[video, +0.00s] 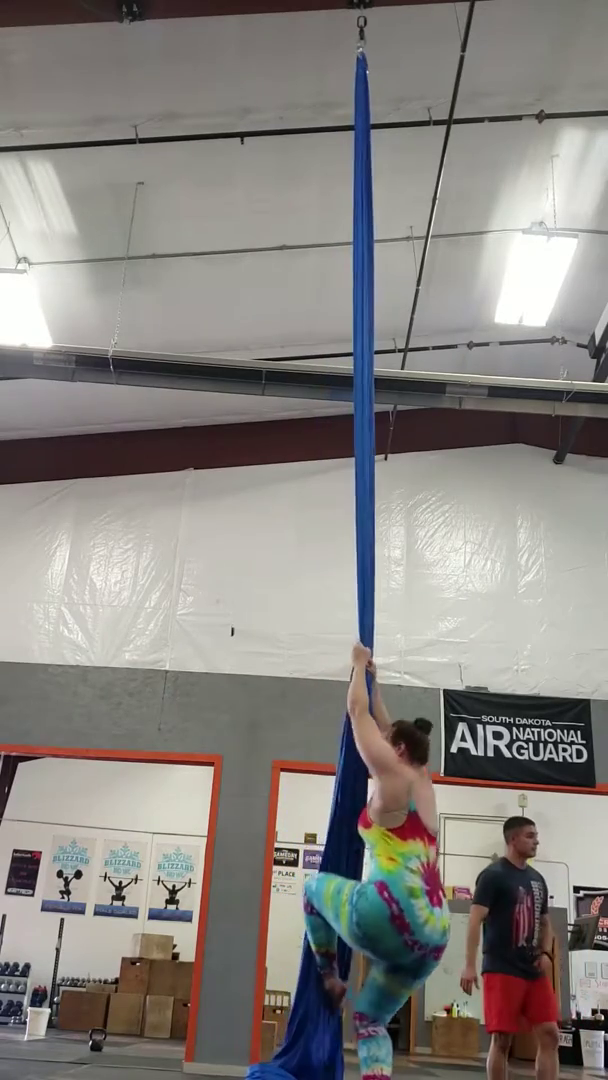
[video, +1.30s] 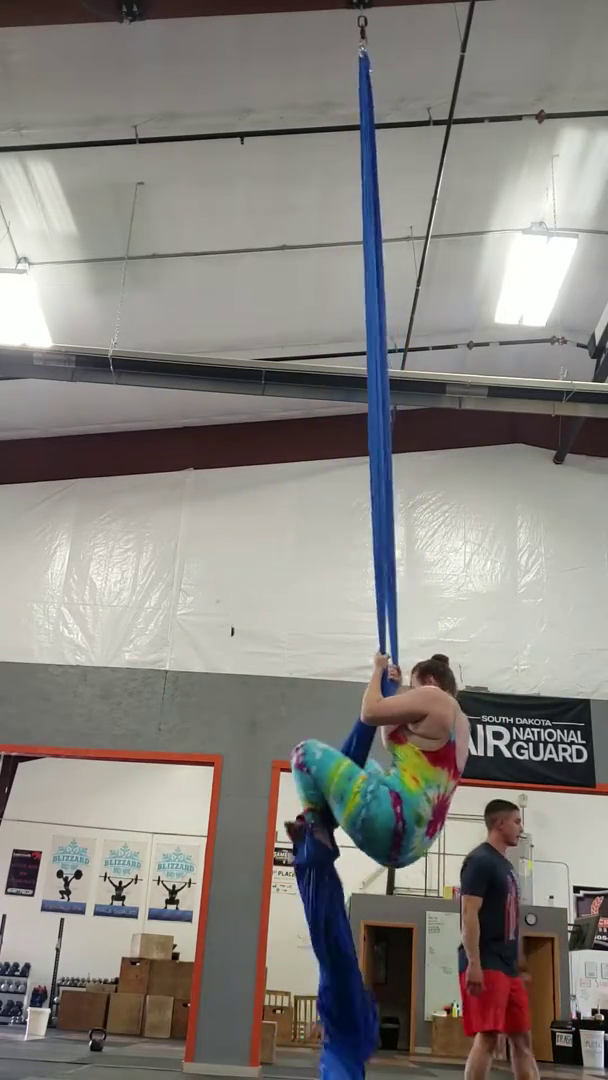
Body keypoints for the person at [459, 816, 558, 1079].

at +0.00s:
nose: (536, 840)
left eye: (536, 836)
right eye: (530, 836)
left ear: (530, 840)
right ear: (511, 839)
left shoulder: (537, 879)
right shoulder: (492, 875)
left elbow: (545, 921)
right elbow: (474, 920)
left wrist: (545, 952)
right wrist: (469, 966)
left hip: (534, 969)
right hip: (501, 969)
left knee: (549, 1036)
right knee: (501, 1041)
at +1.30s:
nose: (521, 828)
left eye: (520, 822)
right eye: (516, 821)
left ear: (499, 824)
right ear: (498, 823)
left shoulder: (504, 864)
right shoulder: (480, 860)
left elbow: (509, 918)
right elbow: (469, 913)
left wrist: (517, 964)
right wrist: (474, 963)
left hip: (509, 968)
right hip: (487, 967)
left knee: (522, 1040)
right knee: (487, 1040)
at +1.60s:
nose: (497, 825)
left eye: (496, 819)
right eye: (493, 819)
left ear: (475, 821)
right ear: (476, 820)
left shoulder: (467, 854)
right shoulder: (466, 857)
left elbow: (471, 912)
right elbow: (468, 912)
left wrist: (486, 961)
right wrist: (483, 961)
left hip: (471, 961)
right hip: (468, 961)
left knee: (478, 1038)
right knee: (474, 1039)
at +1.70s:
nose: (488, 823)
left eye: (487, 818)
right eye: (484, 817)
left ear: (464, 820)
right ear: (467, 819)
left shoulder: (455, 854)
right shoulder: (460, 857)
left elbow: (462, 910)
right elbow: (468, 910)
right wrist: (493, 958)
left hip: (457, 956)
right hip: (464, 957)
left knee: (464, 1032)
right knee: (473, 1035)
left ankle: (434, 1075)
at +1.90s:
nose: (468, 826)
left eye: (467, 820)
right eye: (464, 820)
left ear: (444, 823)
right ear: (448, 822)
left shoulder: (431, 858)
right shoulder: (443, 858)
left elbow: (438, 915)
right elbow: (457, 910)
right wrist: (490, 953)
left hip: (436, 960)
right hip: (452, 960)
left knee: (433, 1032)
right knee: (465, 1035)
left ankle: (405, 1076)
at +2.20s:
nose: (438, 830)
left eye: (438, 824)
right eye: (435, 823)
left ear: (413, 825)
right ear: (418, 824)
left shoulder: (395, 860)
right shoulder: (420, 861)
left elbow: (396, 914)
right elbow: (428, 913)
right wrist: (446, 960)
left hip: (393, 959)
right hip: (418, 961)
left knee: (394, 1033)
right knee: (442, 1032)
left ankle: (384, 1077)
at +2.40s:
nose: (425, 828)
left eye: (425, 823)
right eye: (421, 822)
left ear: (401, 824)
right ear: (406, 823)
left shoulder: (385, 859)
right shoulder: (407, 858)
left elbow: (383, 913)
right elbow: (413, 910)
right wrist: (429, 956)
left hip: (382, 959)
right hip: (407, 959)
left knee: (386, 1032)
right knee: (430, 1030)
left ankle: (380, 1078)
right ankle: (441, 1076)